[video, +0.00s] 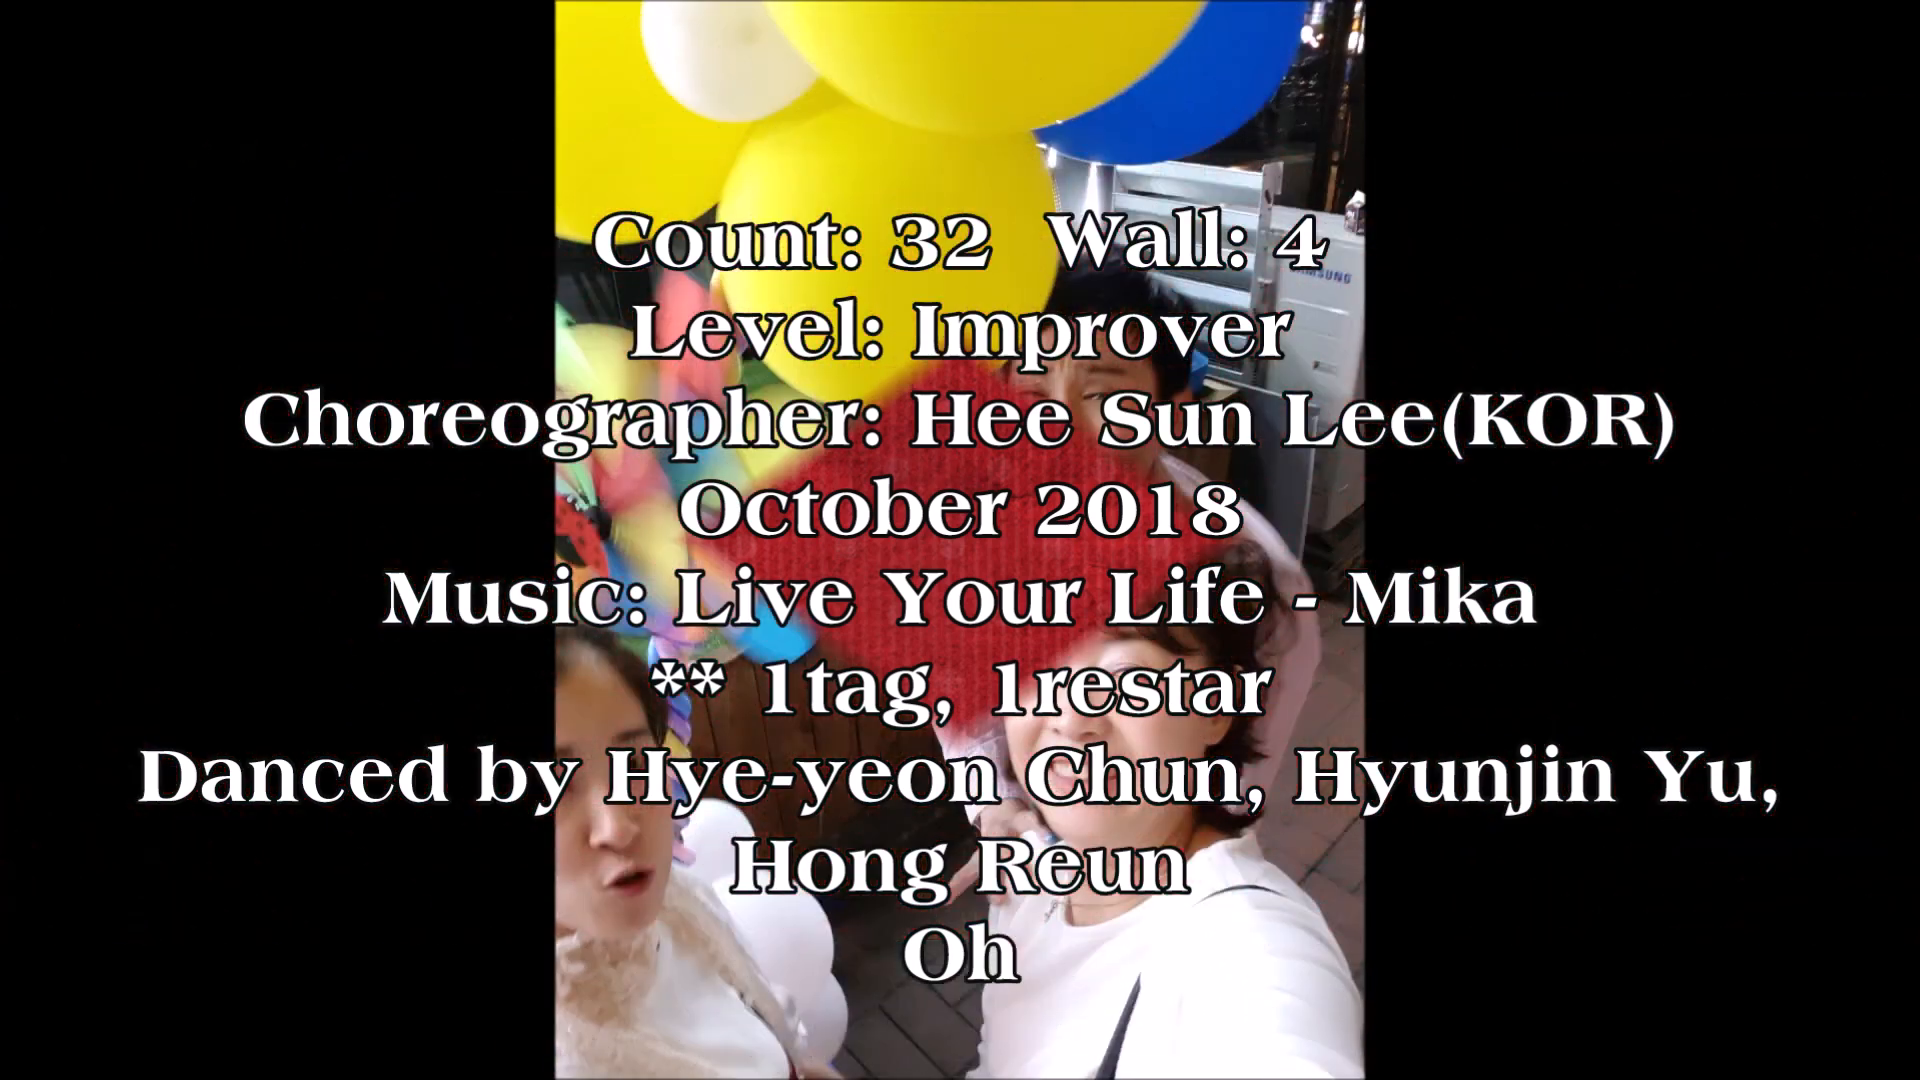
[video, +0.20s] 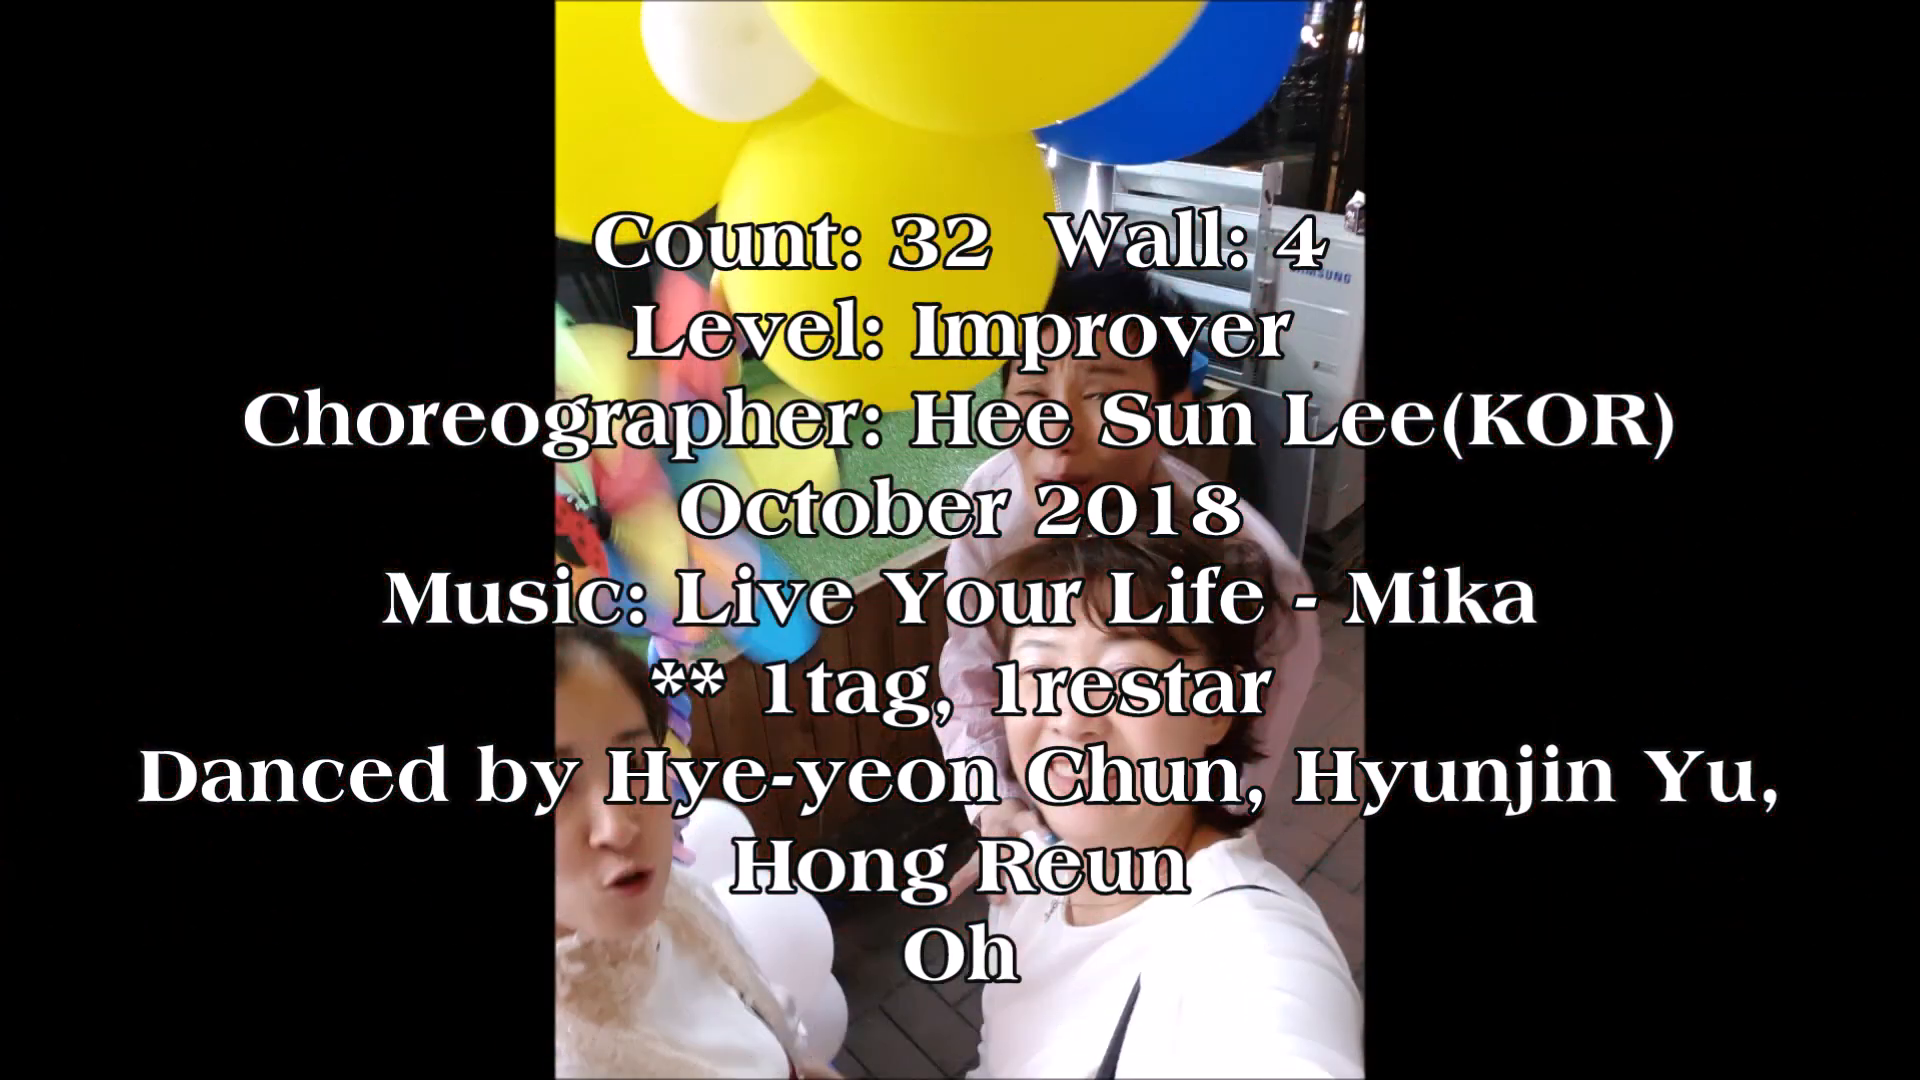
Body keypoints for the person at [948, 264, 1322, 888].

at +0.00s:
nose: (1067, 425)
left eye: (1108, 396)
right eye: (1044, 396)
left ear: (1167, 411)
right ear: (1016, 394)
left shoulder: (1246, 566)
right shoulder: (977, 514)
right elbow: (939, 670)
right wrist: (989, 801)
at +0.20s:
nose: (1063, 439)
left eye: (1110, 402)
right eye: (1038, 403)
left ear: (1170, 420)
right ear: (1010, 410)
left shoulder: (1256, 573)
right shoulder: (988, 505)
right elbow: (965, 675)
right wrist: (991, 805)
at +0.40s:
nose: (1057, 435)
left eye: (1101, 395)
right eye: (1033, 393)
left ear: (1174, 419)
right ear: (1004, 407)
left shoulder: (1253, 576)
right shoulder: (990, 504)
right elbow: (967, 677)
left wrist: (1224, 819)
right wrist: (992, 803)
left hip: (1176, 818)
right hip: (1040, 807)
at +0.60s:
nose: (1057, 435)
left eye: (1101, 395)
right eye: (1033, 393)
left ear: (1174, 419)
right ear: (1004, 407)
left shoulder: (1253, 576)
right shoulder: (990, 504)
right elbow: (967, 677)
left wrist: (1224, 818)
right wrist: (992, 803)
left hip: (1176, 818)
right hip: (1040, 808)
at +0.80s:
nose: (1057, 435)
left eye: (1101, 395)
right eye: (1033, 393)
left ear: (1174, 419)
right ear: (1004, 407)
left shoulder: (1253, 576)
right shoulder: (990, 504)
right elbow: (967, 677)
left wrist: (1224, 819)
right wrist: (992, 803)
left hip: (1176, 818)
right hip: (1040, 808)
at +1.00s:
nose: (1057, 435)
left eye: (1101, 396)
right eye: (1033, 393)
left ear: (1174, 420)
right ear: (1004, 407)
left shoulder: (1253, 576)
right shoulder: (990, 504)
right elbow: (967, 677)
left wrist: (1224, 818)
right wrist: (992, 802)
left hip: (1177, 818)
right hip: (1040, 806)